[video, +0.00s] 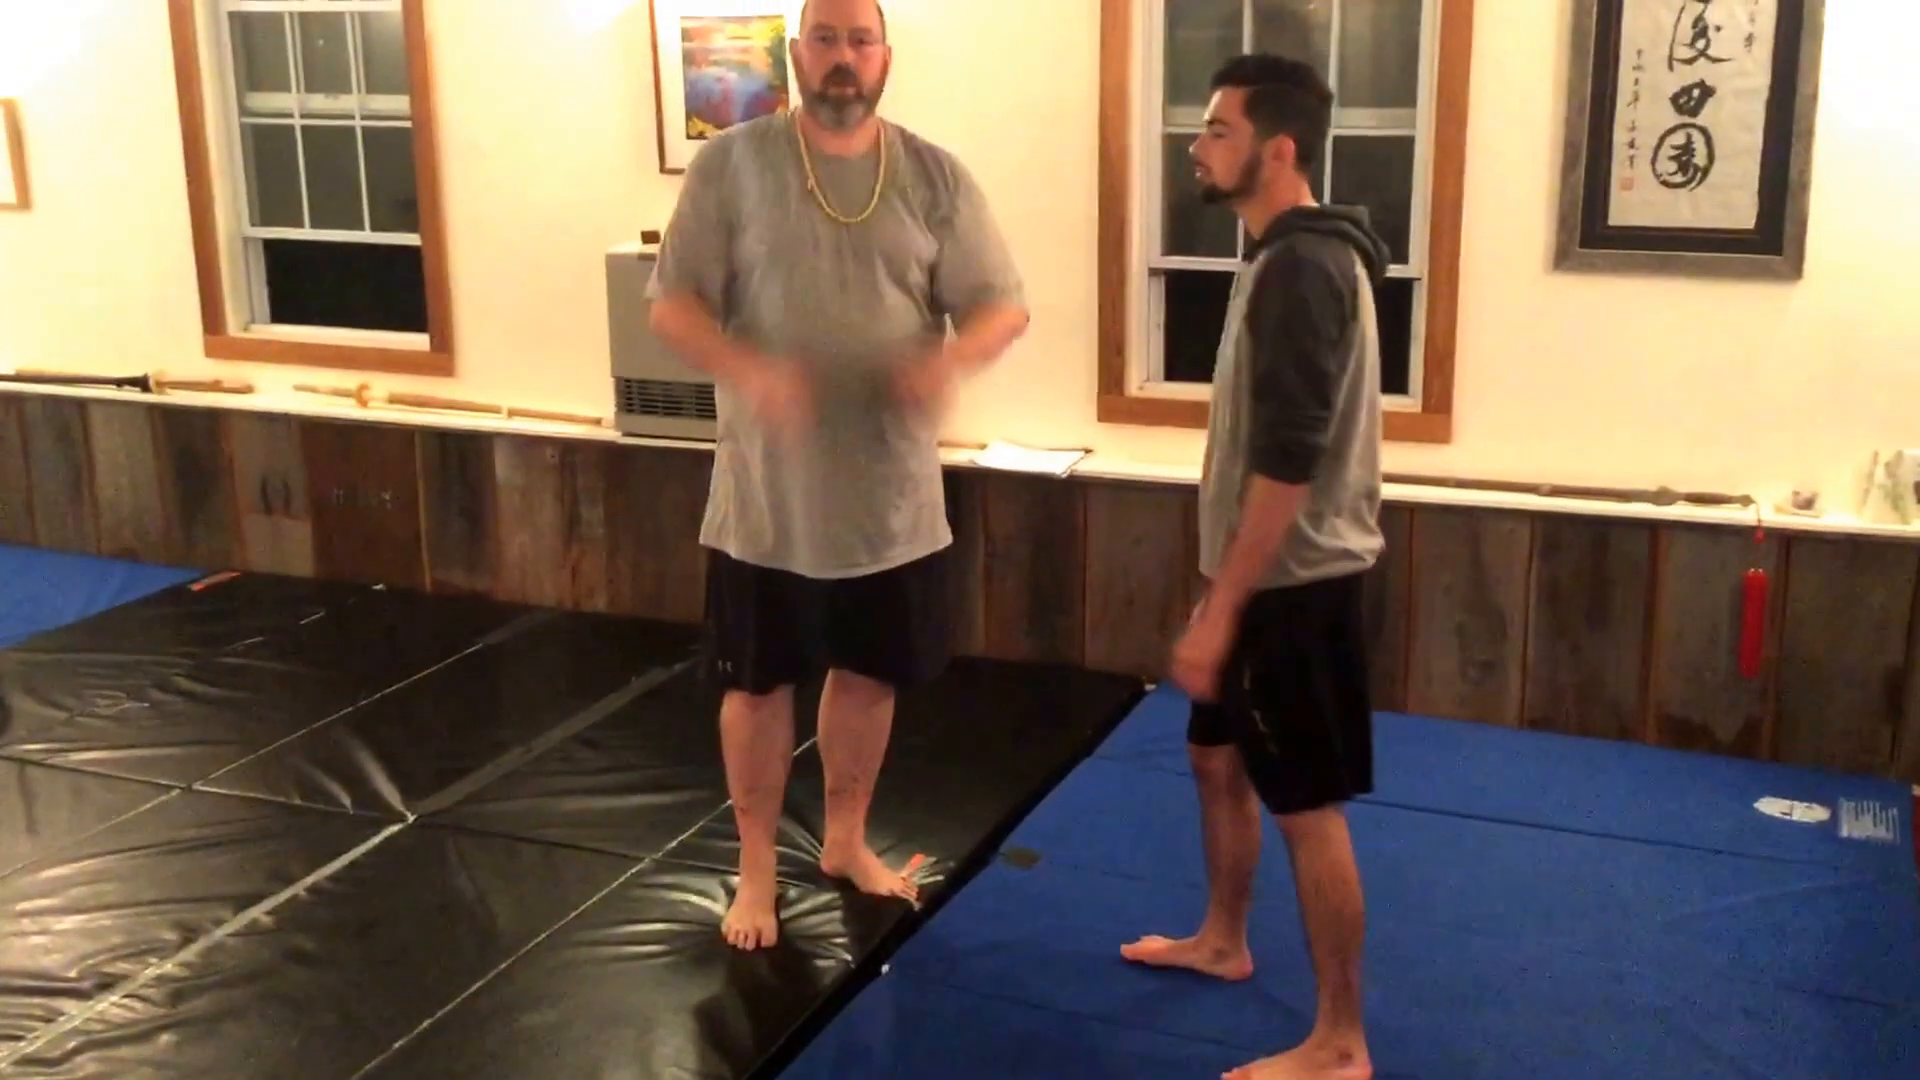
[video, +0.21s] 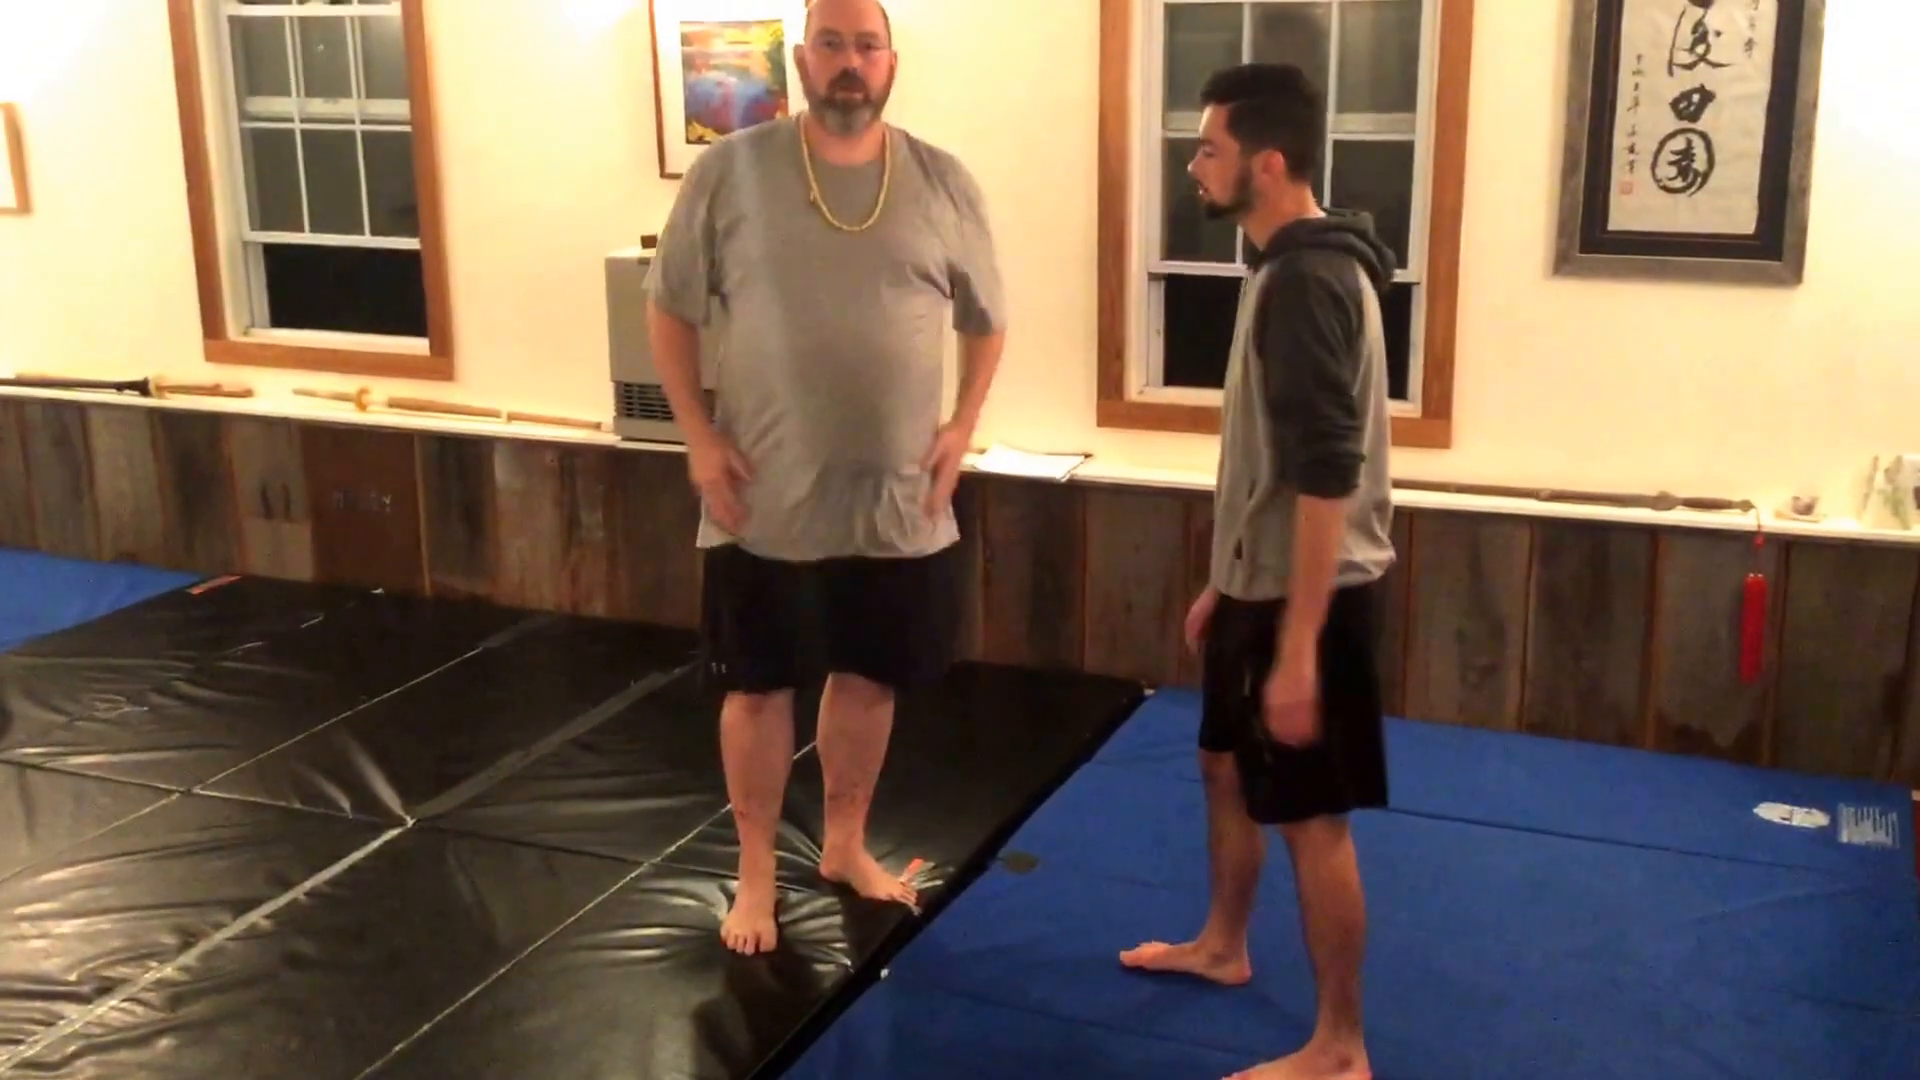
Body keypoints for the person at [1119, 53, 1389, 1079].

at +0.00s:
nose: (1199, 144)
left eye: (1219, 130)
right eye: (1205, 127)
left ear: (1276, 147)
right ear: (1273, 149)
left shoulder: (1304, 262)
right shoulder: (1288, 249)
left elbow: (1290, 466)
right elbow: (1279, 446)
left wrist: (1220, 607)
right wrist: (1227, 571)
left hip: (1298, 579)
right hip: (1257, 569)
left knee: (1306, 809)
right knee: (1217, 753)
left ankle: (1339, 1040)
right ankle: (1223, 938)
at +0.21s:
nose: (1196, 163)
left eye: (1210, 148)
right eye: (1199, 146)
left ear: (1266, 159)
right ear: (1268, 160)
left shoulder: (1311, 277)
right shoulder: (1280, 266)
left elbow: (1326, 477)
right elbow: (1264, 463)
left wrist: (1299, 646)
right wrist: (1222, 583)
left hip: (1310, 597)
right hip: (1257, 588)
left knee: (1314, 824)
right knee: (1226, 764)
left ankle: (1338, 1043)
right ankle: (1223, 943)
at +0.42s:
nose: (1196, 171)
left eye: (1207, 154)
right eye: (1198, 153)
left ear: (1258, 163)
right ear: (1274, 163)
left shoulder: (1304, 286)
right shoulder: (1297, 269)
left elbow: (1322, 485)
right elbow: (1276, 466)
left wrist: (1306, 657)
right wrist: (1232, 581)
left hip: (1309, 603)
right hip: (1269, 593)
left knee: (1314, 832)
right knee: (1238, 770)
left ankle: (1338, 1046)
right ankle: (1222, 948)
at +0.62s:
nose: (1201, 179)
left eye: (1212, 162)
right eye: (1203, 160)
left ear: (1260, 168)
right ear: (1284, 167)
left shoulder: (1299, 294)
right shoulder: (1315, 273)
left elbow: (1296, 493)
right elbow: (1280, 458)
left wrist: (1214, 580)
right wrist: (1198, 521)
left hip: (1308, 593)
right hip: (1277, 580)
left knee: (1309, 828)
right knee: (1239, 766)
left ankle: (1338, 1048)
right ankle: (1222, 952)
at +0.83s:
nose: (1209, 188)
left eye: (1217, 168)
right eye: (1209, 167)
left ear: (1265, 174)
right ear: (1296, 171)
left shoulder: (1297, 298)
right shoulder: (1342, 275)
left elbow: (1245, 490)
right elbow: (1209, 423)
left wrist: (1207, 444)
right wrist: (1101, 498)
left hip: (1303, 599)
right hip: (1285, 587)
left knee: (1309, 837)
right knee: (1242, 771)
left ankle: (1339, 1049)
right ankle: (1222, 954)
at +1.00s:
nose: (1208, 186)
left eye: (1217, 168)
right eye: (1209, 167)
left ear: (1270, 177)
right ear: (1291, 174)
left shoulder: (1309, 293)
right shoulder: (1282, 276)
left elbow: (1246, 484)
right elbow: (1177, 408)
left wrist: (1217, 423)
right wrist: (1070, 505)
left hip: (1310, 597)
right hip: (1260, 587)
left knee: (1309, 831)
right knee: (1237, 771)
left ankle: (1339, 1050)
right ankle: (1223, 956)